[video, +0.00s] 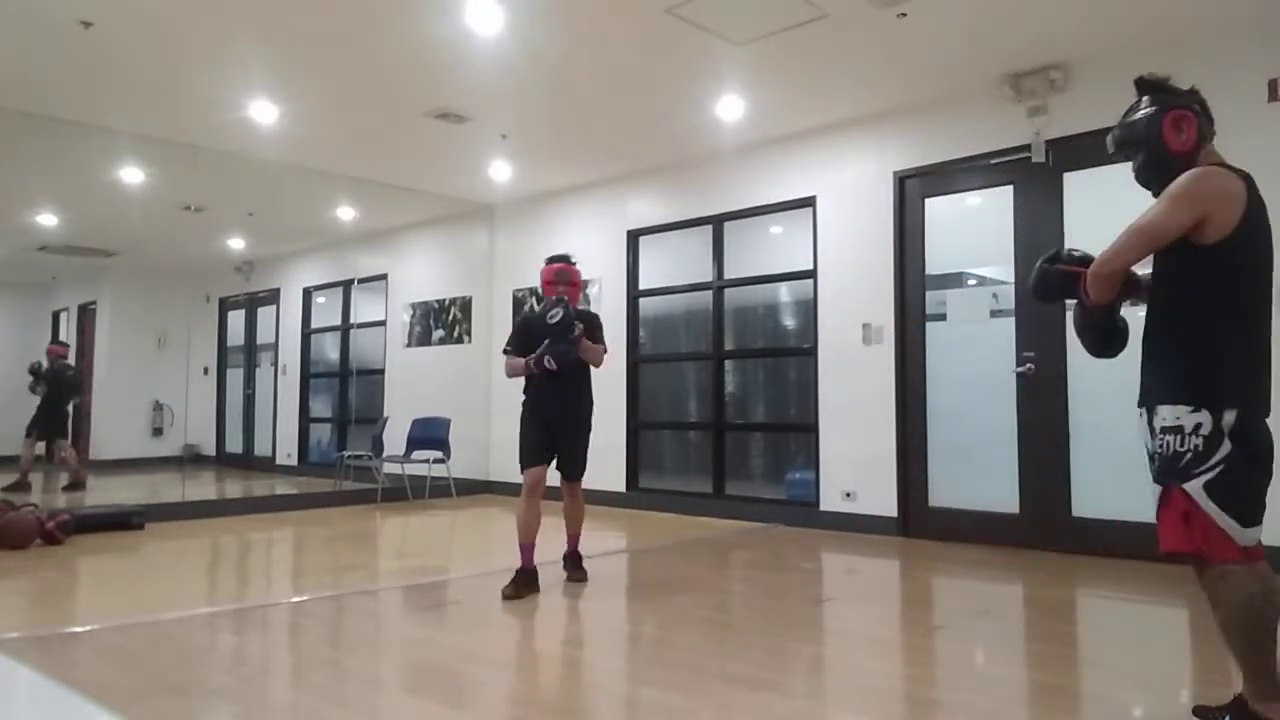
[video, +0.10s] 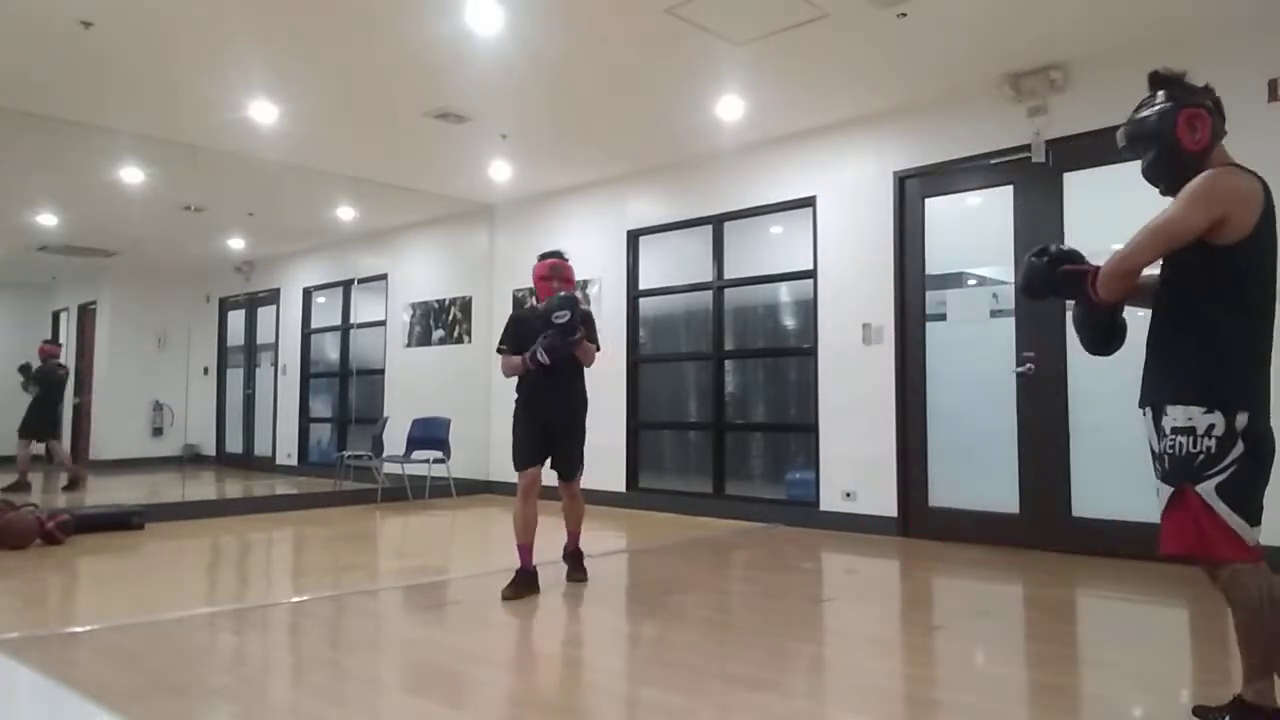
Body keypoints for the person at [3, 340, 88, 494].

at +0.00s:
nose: (47, 357)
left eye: (49, 354)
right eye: (48, 353)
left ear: (54, 355)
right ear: (64, 355)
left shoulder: (53, 371)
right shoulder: (72, 372)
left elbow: (40, 390)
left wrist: (37, 376)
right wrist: (39, 376)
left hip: (45, 411)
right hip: (61, 412)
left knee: (29, 442)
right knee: (64, 445)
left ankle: (23, 479)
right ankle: (77, 477)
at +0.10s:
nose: (39, 355)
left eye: (40, 353)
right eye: (41, 353)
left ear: (42, 354)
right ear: (57, 354)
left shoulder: (43, 370)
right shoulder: (63, 371)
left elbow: (32, 388)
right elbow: (45, 387)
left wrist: (27, 376)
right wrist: (30, 375)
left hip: (37, 412)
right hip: (52, 412)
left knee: (23, 442)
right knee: (53, 444)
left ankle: (22, 480)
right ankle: (75, 474)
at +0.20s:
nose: (32, 353)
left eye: (34, 351)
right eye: (33, 351)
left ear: (37, 353)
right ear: (51, 353)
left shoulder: (36, 369)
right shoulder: (57, 369)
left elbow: (21, 387)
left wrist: (16, 376)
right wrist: (21, 377)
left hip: (31, 411)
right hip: (47, 411)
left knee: (22, 441)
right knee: (41, 443)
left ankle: (22, 480)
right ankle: (66, 469)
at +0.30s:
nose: (26, 353)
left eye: (27, 351)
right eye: (27, 351)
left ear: (30, 352)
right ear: (44, 352)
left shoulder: (30, 368)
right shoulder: (52, 368)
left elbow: (10, 381)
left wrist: (3, 381)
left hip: (29, 411)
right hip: (43, 411)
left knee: (23, 444)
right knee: (28, 443)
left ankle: (22, 480)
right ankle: (50, 466)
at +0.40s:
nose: (20, 352)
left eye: (21, 349)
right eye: (22, 349)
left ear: (24, 351)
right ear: (38, 351)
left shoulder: (24, 367)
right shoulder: (46, 367)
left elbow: (7, 373)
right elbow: (49, 393)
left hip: (24, 410)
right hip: (38, 409)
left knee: (21, 443)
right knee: (24, 442)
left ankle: (22, 479)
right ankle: (36, 474)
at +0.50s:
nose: (14, 351)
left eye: (16, 349)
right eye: (16, 349)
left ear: (18, 350)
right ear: (32, 351)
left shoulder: (17, 366)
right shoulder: (42, 367)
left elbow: (3, 373)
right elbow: (55, 380)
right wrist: (66, 388)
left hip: (20, 410)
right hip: (34, 410)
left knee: (20, 443)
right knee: (23, 443)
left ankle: (21, 480)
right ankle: (22, 479)